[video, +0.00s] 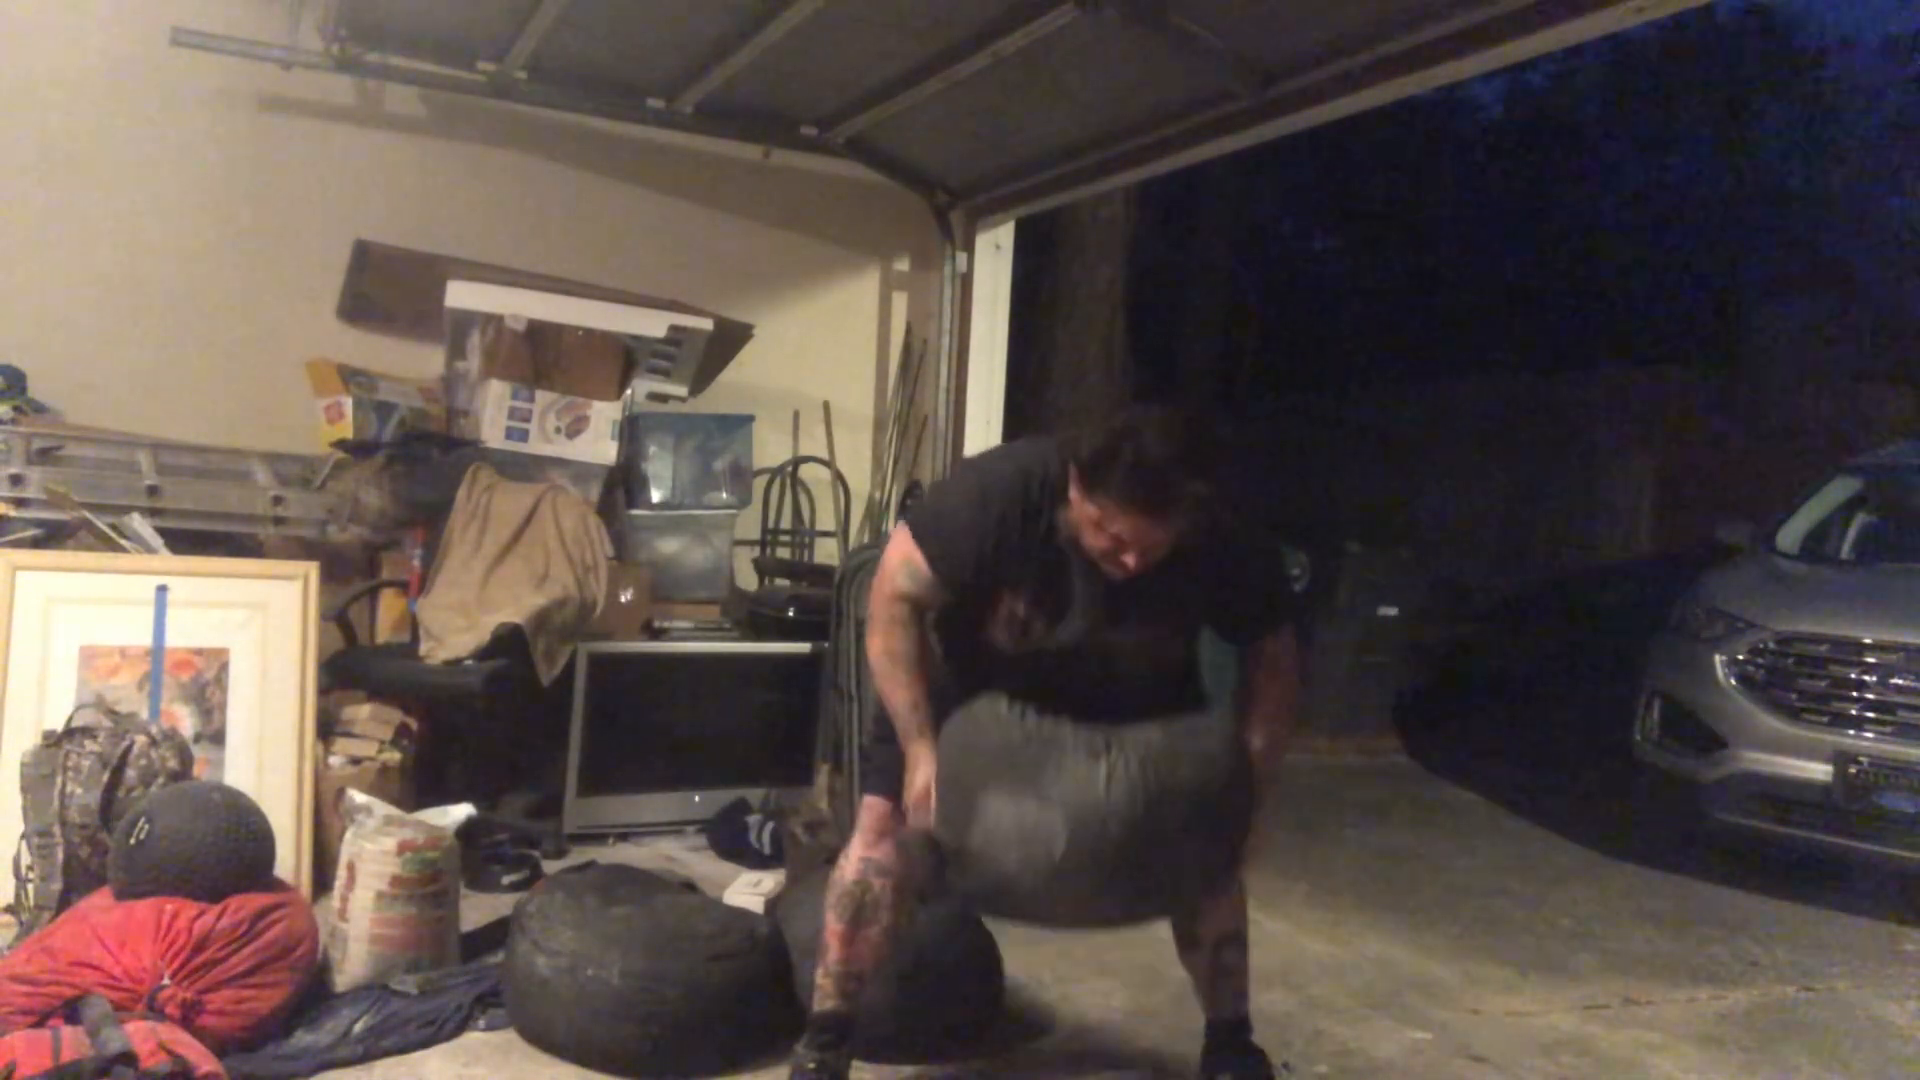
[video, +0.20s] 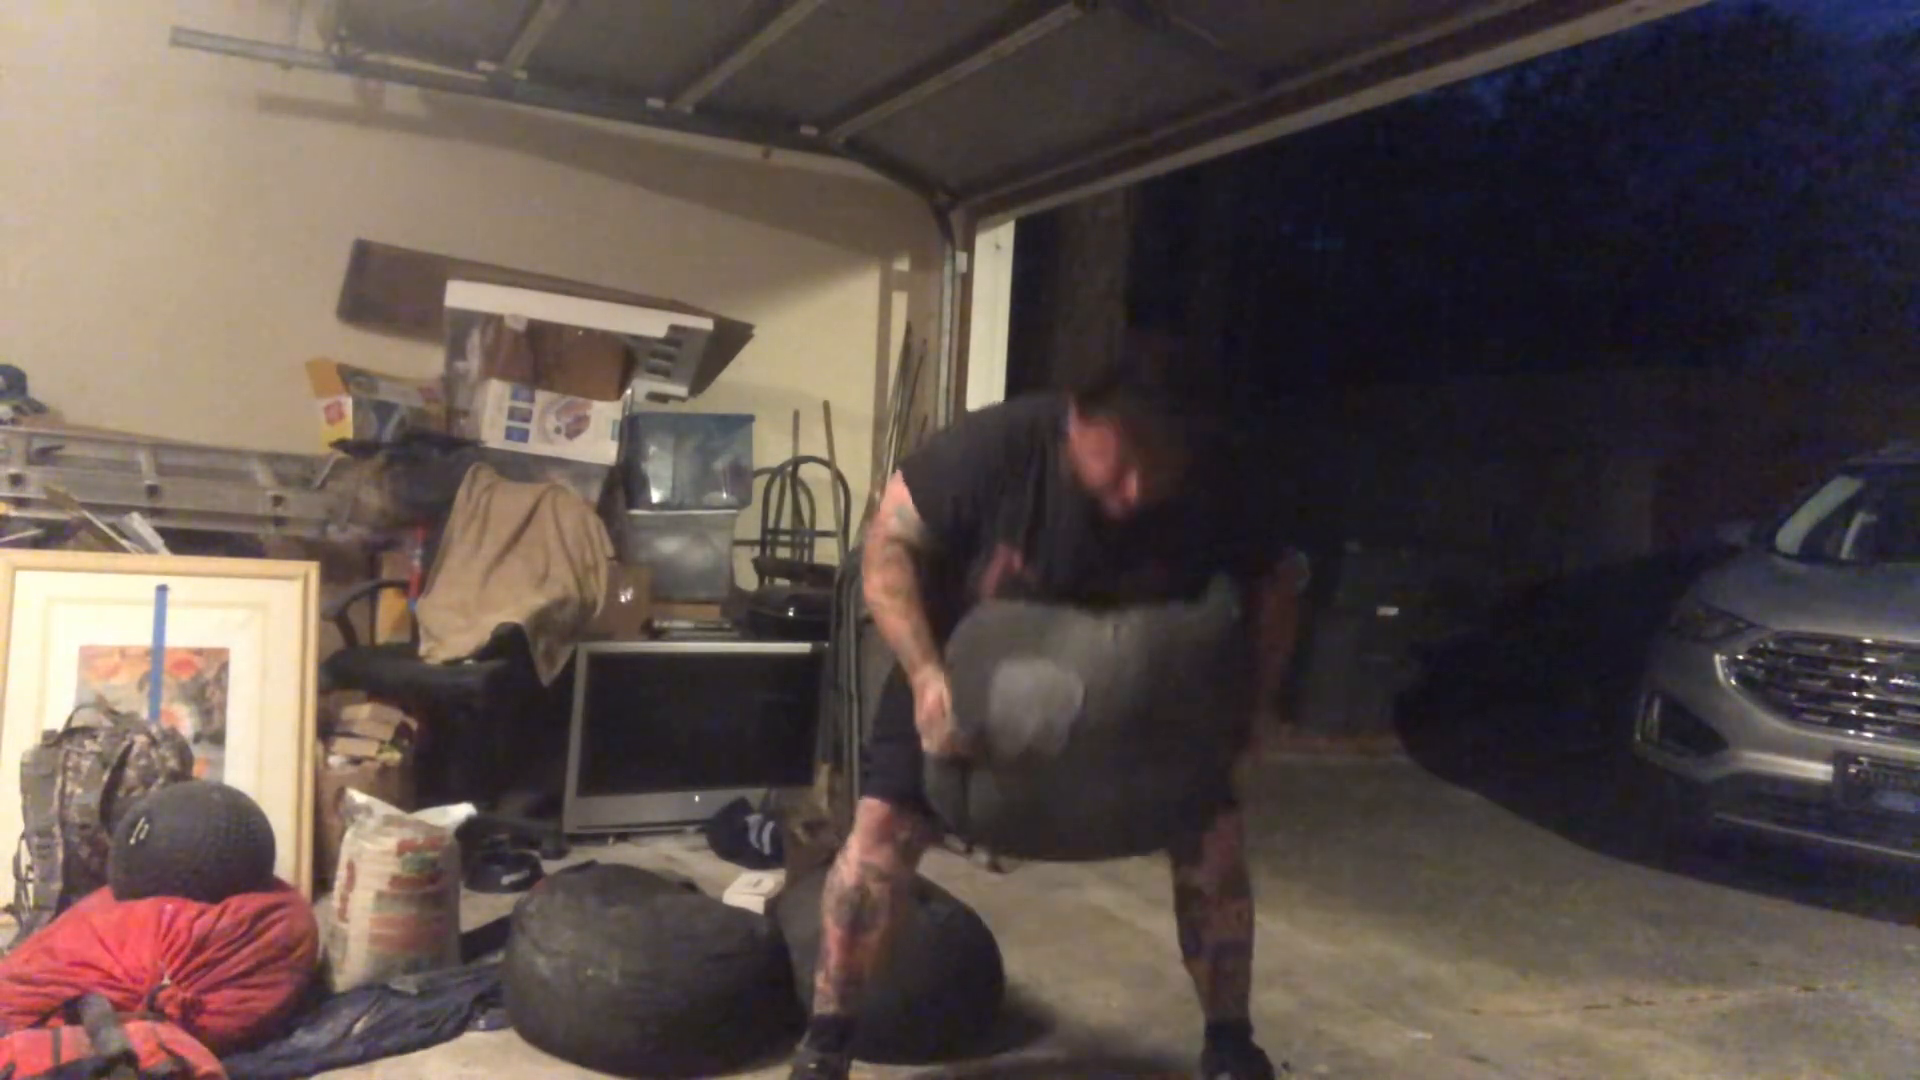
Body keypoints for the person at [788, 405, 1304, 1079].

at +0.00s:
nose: (1131, 564)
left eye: (1153, 547)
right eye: (1114, 541)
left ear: (1185, 520)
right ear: (1077, 491)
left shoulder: (1213, 540)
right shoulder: (1000, 495)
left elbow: (1273, 648)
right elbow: (892, 595)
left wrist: (1242, 789)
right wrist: (918, 751)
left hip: (1148, 702)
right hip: (976, 688)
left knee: (1208, 842)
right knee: (883, 824)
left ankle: (1231, 1044)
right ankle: (824, 1043)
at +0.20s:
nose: (1135, 493)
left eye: (1158, 472)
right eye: (1119, 465)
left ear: (1190, 452)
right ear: (1079, 421)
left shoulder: (1213, 485)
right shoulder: (995, 448)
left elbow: (1276, 579)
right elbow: (886, 545)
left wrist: (1250, 706)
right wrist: (925, 676)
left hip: (1136, 667)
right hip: (971, 647)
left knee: (1214, 835)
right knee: (882, 830)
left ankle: (1229, 1043)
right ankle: (826, 1040)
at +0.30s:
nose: (1133, 396)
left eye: (1153, 376)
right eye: (1116, 371)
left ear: (1182, 380)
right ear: (1071, 364)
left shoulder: (1205, 459)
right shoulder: (994, 432)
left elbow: (1267, 571)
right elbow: (887, 538)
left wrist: (1254, 678)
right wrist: (930, 653)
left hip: (1142, 686)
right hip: (977, 667)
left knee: (1216, 839)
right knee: (885, 832)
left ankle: (1230, 1044)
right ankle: (827, 1042)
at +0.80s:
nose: (1084, 293)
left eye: (1099, 282)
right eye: (1067, 280)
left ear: (1123, 311)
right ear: (1028, 307)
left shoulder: (1156, 417)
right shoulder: (968, 398)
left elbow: (1208, 518)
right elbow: (886, 504)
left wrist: (1268, 563)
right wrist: (946, 526)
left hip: (1142, 691)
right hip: (973, 687)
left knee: (1251, 881)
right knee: (881, 867)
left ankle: (1231, 1054)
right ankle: (824, 1053)